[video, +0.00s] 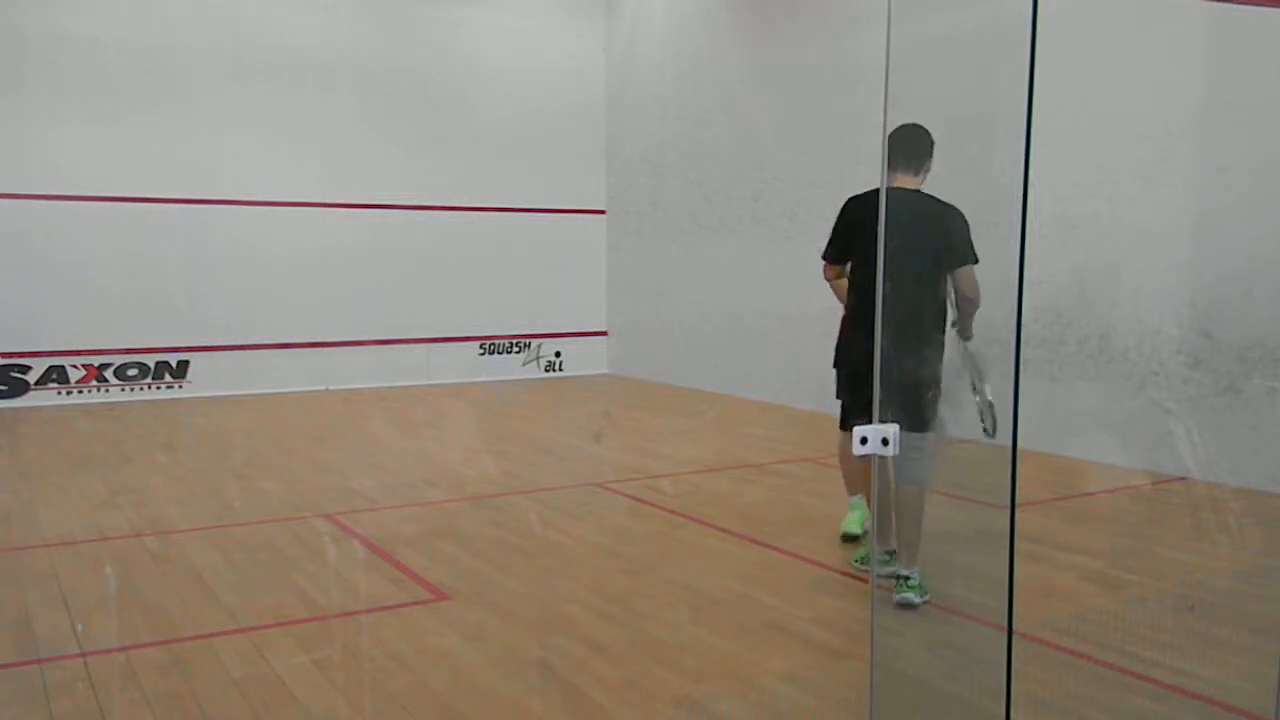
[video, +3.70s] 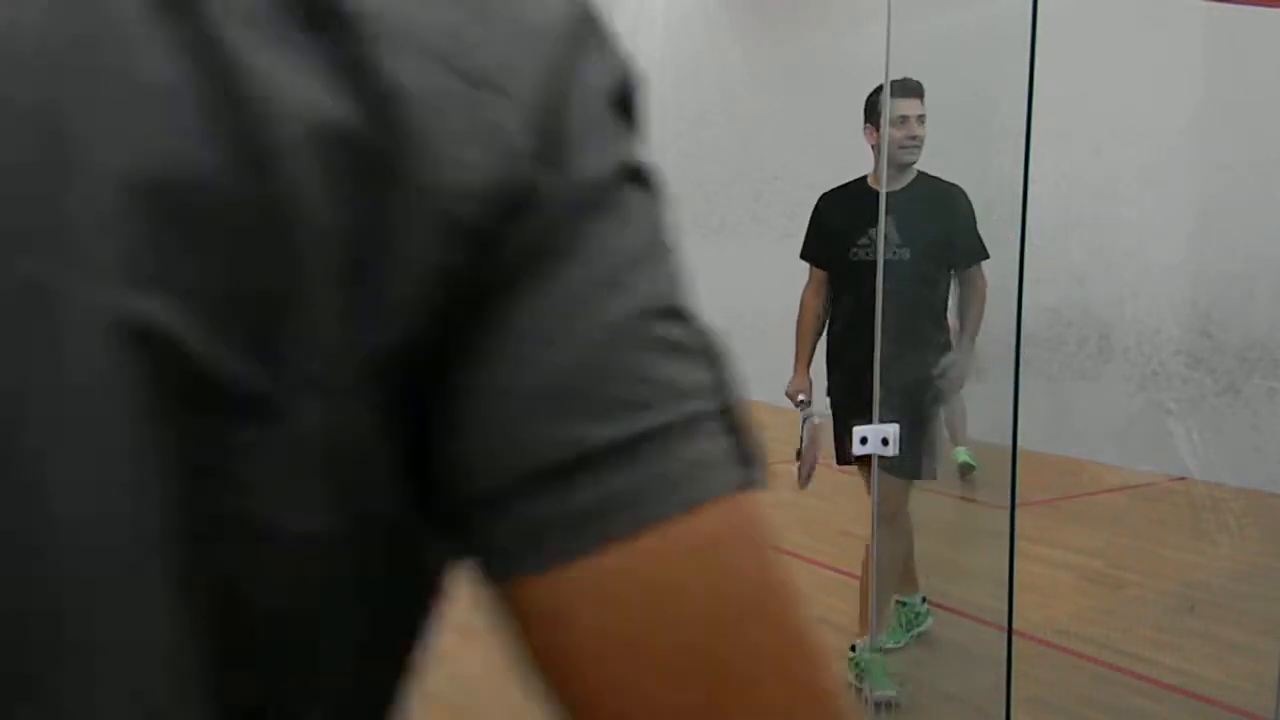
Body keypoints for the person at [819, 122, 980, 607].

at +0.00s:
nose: (921, 169)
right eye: (926, 161)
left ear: (885, 159)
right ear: (928, 164)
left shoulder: (859, 207)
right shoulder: (946, 217)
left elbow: (833, 271)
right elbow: (968, 291)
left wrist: (856, 306)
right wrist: (962, 324)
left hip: (861, 352)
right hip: (917, 358)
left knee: (869, 444)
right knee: (911, 459)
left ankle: (881, 549)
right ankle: (907, 574)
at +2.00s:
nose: (934, 155)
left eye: (937, 148)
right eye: (940, 148)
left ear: (941, 152)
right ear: (980, 157)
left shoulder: (937, 204)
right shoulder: (1002, 213)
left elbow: (925, 265)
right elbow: (1025, 282)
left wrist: (900, 289)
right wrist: (1010, 332)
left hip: (945, 345)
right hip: (984, 347)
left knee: (938, 442)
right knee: (968, 442)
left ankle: (969, 561)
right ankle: (965, 547)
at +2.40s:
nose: (940, 152)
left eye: (951, 145)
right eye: (937, 143)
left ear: (979, 150)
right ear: (935, 144)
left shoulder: (995, 204)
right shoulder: (948, 205)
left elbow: (1009, 280)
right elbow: (943, 276)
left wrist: (944, 300)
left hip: (976, 349)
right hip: (936, 344)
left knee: (967, 453)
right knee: (918, 447)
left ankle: (979, 570)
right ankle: (929, 551)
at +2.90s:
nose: (960, 142)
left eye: (967, 133)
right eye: (949, 132)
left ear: (974, 141)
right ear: (923, 138)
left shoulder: (992, 206)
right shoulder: (891, 209)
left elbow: (1009, 287)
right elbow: (863, 285)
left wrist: (985, 338)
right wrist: (836, 352)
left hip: (965, 362)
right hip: (904, 361)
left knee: (959, 468)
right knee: (909, 477)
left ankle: (967, 564)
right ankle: (912, 604)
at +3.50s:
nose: (917, 131)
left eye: (922, 122)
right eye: (904, 123)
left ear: (929, 129)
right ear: (875, 132)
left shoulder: (951, 196)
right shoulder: (844, 205)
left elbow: (980, 275)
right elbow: (821, 282)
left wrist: (987, 345)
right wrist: (812, 349)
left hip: (931, 366)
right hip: (867, 370)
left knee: (917, 496)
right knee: (887, 496)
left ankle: (915, 629)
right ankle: (909, 607)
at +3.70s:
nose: (912, 132)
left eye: (918, 121)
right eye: (900, 122)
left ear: (928, 129)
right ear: (871, 132)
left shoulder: (948, 202)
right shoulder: (836, 206)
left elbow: (974, 284)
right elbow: (816, 292)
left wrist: (964, 353)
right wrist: (801, 369)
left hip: (916, 372)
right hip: (853, 371)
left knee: (889, 503)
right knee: (884, 495)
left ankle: (870, 646)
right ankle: (910, 599)